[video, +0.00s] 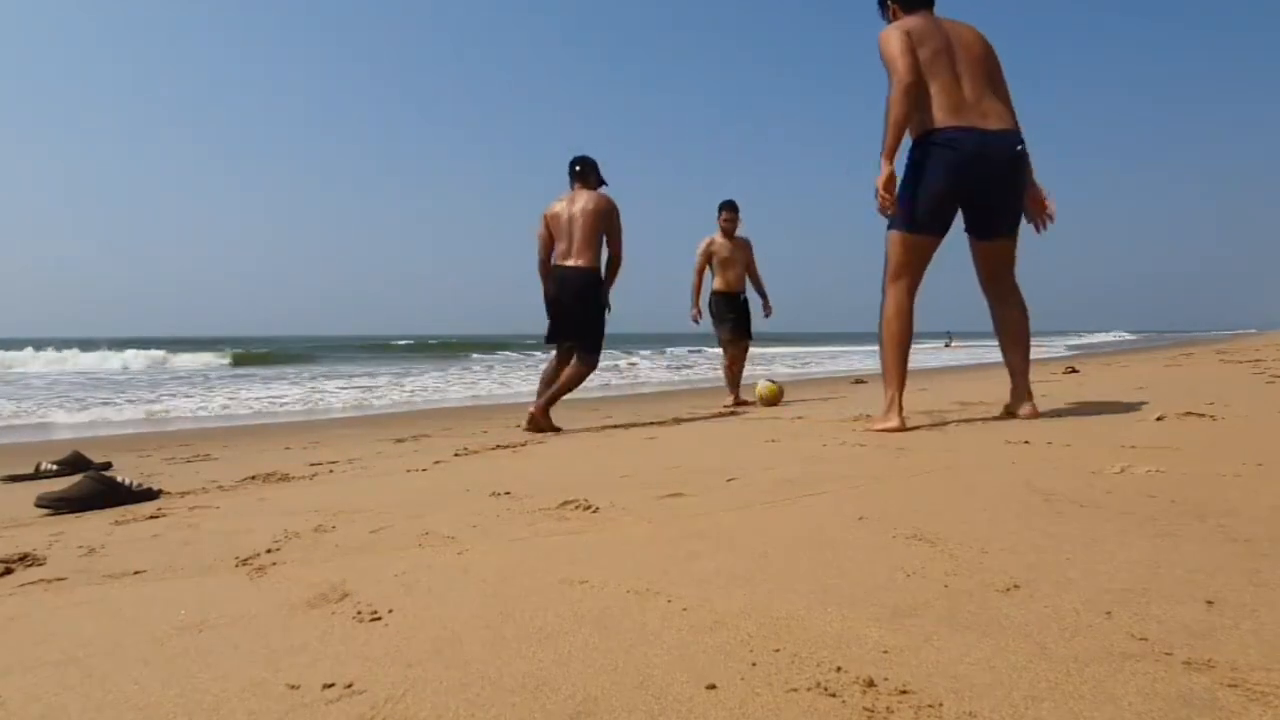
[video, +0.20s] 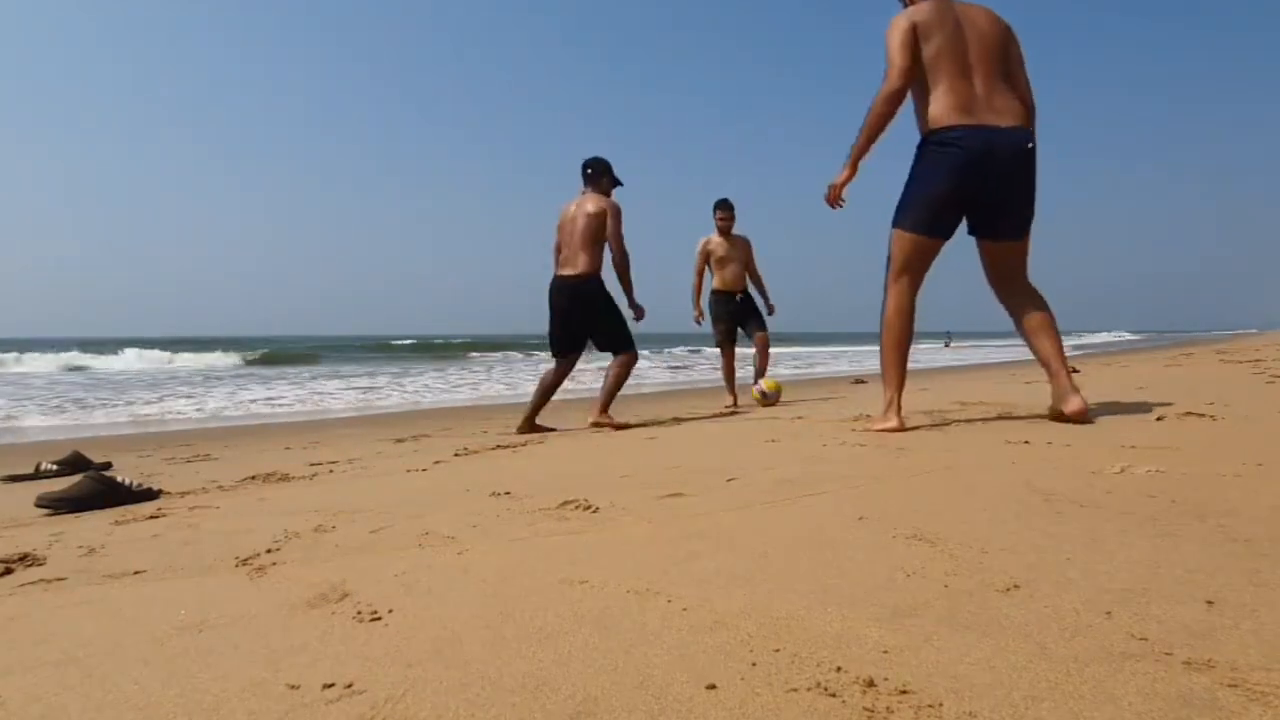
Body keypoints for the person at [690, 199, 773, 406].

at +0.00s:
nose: (729, 224)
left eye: (732, 220)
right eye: (725, 220)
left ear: (738, 221)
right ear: (718, 220)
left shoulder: (744, 244)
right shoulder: (710, 244)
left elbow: (752, 272)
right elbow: (699, 274)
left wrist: (764, 297)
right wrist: (695, 305)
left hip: (739, 296)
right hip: (721, 296)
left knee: (743, 344)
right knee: (730, 345)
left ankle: (736, 393)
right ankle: (733, 393)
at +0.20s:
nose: (724, 224)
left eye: (728, 219)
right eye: (720, 219)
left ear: (734, 219)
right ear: (714, 219)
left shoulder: (743, 243)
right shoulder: (707, 244)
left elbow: (753, 272)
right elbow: (699, 275)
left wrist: (766, 299)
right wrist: (697, 306)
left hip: (743, 296)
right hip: (721, 296)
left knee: (762, 339)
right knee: (727, 350)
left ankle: (759, 386)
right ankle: (732, 396)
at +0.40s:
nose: (722, 223)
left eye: (725, 218)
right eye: (717, 219)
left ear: (731, 217)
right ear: (711, 219)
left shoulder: (743, 241)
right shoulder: (704, 245)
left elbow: (752, 271)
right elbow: (698, 274)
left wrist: (763, 298)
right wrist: (696, 302)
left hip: (744, 292)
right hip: (720, 295)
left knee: (762, 339)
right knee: (725, 350)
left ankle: (773, 386)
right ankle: (731, 396)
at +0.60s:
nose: (716, 223)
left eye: (720, 218)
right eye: (712, 219)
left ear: (728, 215)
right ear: (708, 219)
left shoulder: (744, 238)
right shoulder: (704, 244)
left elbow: (761, 266)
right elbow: (699, 275)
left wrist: (772, 292)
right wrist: (690, 300)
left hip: (744, 291)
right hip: (720, 294)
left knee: (754, 342)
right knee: (724, 348)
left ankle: (757, 393)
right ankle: (731, 395)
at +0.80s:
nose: (710, 224)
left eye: (714, 219)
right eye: (706, 220)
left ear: (722, 215)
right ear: (702, 220)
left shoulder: (740, 234)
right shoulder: (703, 244)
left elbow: (764, 254)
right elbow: (708, 276)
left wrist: (779, 279)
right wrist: (702, 305)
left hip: (745, 289)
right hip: (721, 292)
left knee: (755, 342)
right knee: (711, 339)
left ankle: (757, 389)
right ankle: (725, 387)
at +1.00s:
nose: (707, 235)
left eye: (710, 230)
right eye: (703, 231)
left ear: (717, 229)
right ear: (697, 232)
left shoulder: (733, 247)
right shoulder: (695, 257)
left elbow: (756, 270)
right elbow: (688, 290)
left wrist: (776, 293)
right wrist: (680, 314)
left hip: (742, 299)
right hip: (718, 304)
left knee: (767, 336)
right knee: (713, 353)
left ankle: (777, 389)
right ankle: (720, 400)